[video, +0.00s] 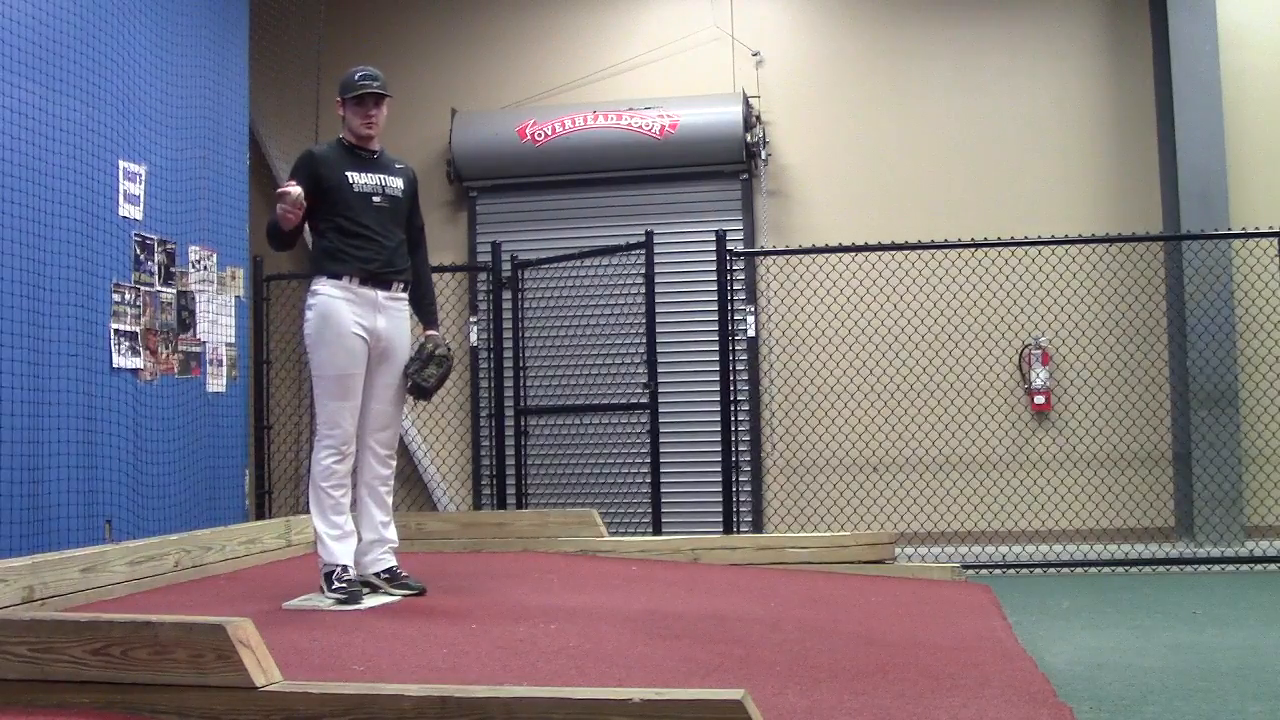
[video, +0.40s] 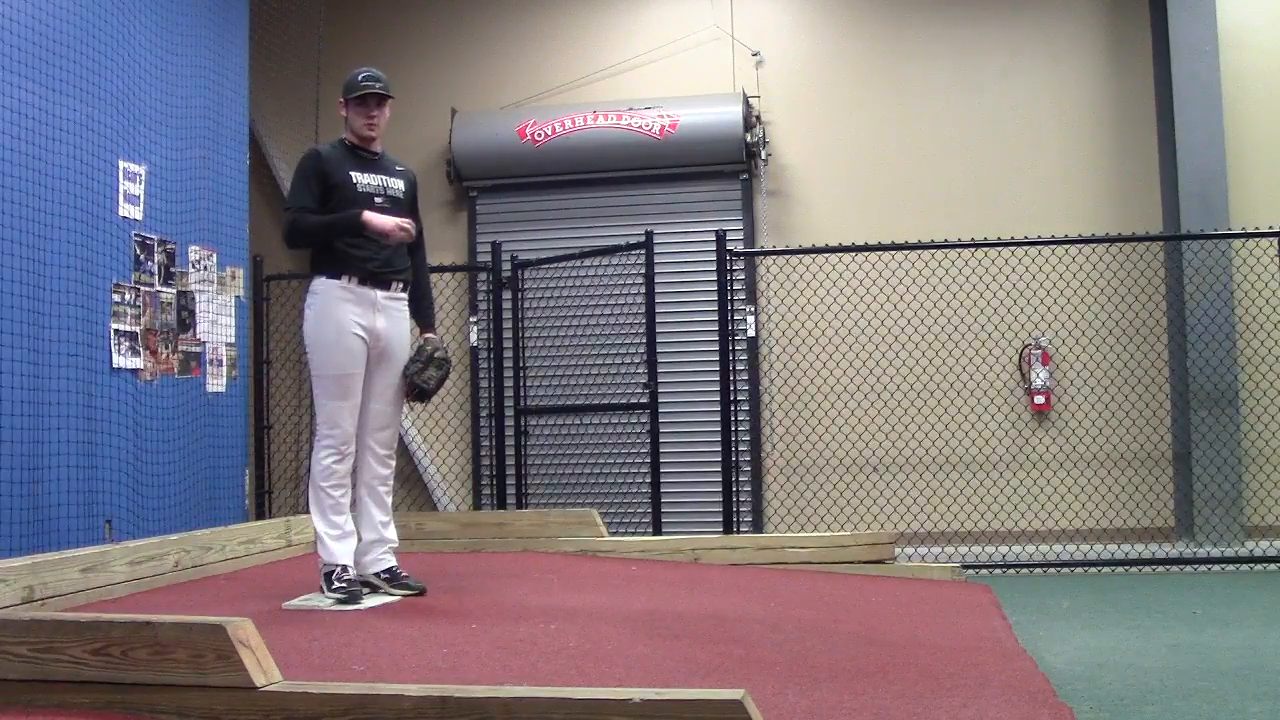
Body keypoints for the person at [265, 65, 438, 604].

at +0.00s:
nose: (370, 112)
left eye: (377, 103)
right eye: (361, 103)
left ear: (388, 109)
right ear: (341, 108)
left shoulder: (402, 174)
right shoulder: (316, 162)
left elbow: (417, 254)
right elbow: (280, 241)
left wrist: (430, 323)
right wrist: (285, 219)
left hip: (395, 308)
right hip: (338, 303)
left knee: (381, 443)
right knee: (337, 440)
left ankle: (377, 561)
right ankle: (337, 564)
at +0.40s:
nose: (373, 112)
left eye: (380, 104)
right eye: (363, 104)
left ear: (390, 110)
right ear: (344, 109)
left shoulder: (403, 176)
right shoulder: (320, 161)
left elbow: (416, 256)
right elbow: (294, 228)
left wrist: (426, 325)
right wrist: (364, 218)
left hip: (395, 308)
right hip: (338, 302)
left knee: (381, 441)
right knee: (338, 438)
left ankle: (377, 562)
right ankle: (337, 565)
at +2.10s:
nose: (391, 111)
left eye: (393, 103)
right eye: (381, 102)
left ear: (392, 110)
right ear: (352, 106)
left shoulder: (403, 172)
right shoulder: (319, 162)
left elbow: (415, 244)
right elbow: (301, 235)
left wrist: (421, 246)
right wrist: (376, 231)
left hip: (392, 308)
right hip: (337, 304)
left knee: (379, 439)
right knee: (338, 437)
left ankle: (376, 561)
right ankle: (336, 565)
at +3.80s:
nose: (395, 125)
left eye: (402, 116)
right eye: (385, 116)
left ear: (411, 121)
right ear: (365, 120)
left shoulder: (422, 166)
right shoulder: (341, 174)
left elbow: (421, 232)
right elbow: (308, 241)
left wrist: (345, 218)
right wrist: (297, 212)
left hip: (417, 311)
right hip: (360, 317)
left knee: (385, 410)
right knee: (361, 435)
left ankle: (415, 544)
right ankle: (379, 568)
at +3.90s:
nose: (391, 125)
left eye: (398, 117)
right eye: (381, 117)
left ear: (408, 121)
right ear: (362, 120)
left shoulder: (417, 163)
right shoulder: (340, 173)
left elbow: (413, 223)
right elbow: (296, 232)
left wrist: (338, 199)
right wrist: (303, 196)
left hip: (420, 298)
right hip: (365, 308)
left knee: (361, 362)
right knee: (368, 427)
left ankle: (379, 515)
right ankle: (381, 566)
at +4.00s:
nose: (385, 126)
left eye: (392, 117)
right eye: (375, 118)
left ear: (403, 120)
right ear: (357, 121)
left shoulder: (415, 159)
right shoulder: (341, 171)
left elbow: (408, 213)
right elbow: (287, 222)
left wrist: (335, 181)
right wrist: (298, 180)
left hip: (427, 294)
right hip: (369, 305)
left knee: (351, 297)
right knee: (369, 440)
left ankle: (351, 442)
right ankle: (380, 566)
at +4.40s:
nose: (395, 134)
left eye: (399, 125)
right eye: (384, 126)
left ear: (405, 128)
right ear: (357, 131)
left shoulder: (413, 168)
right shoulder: (338, 183)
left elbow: (427, 222)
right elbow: (281, 241)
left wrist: (352, 197)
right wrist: (309, 203)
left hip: (444, 305)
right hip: (387, 319)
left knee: (382, 364)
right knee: (364, 439)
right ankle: (375, 567)